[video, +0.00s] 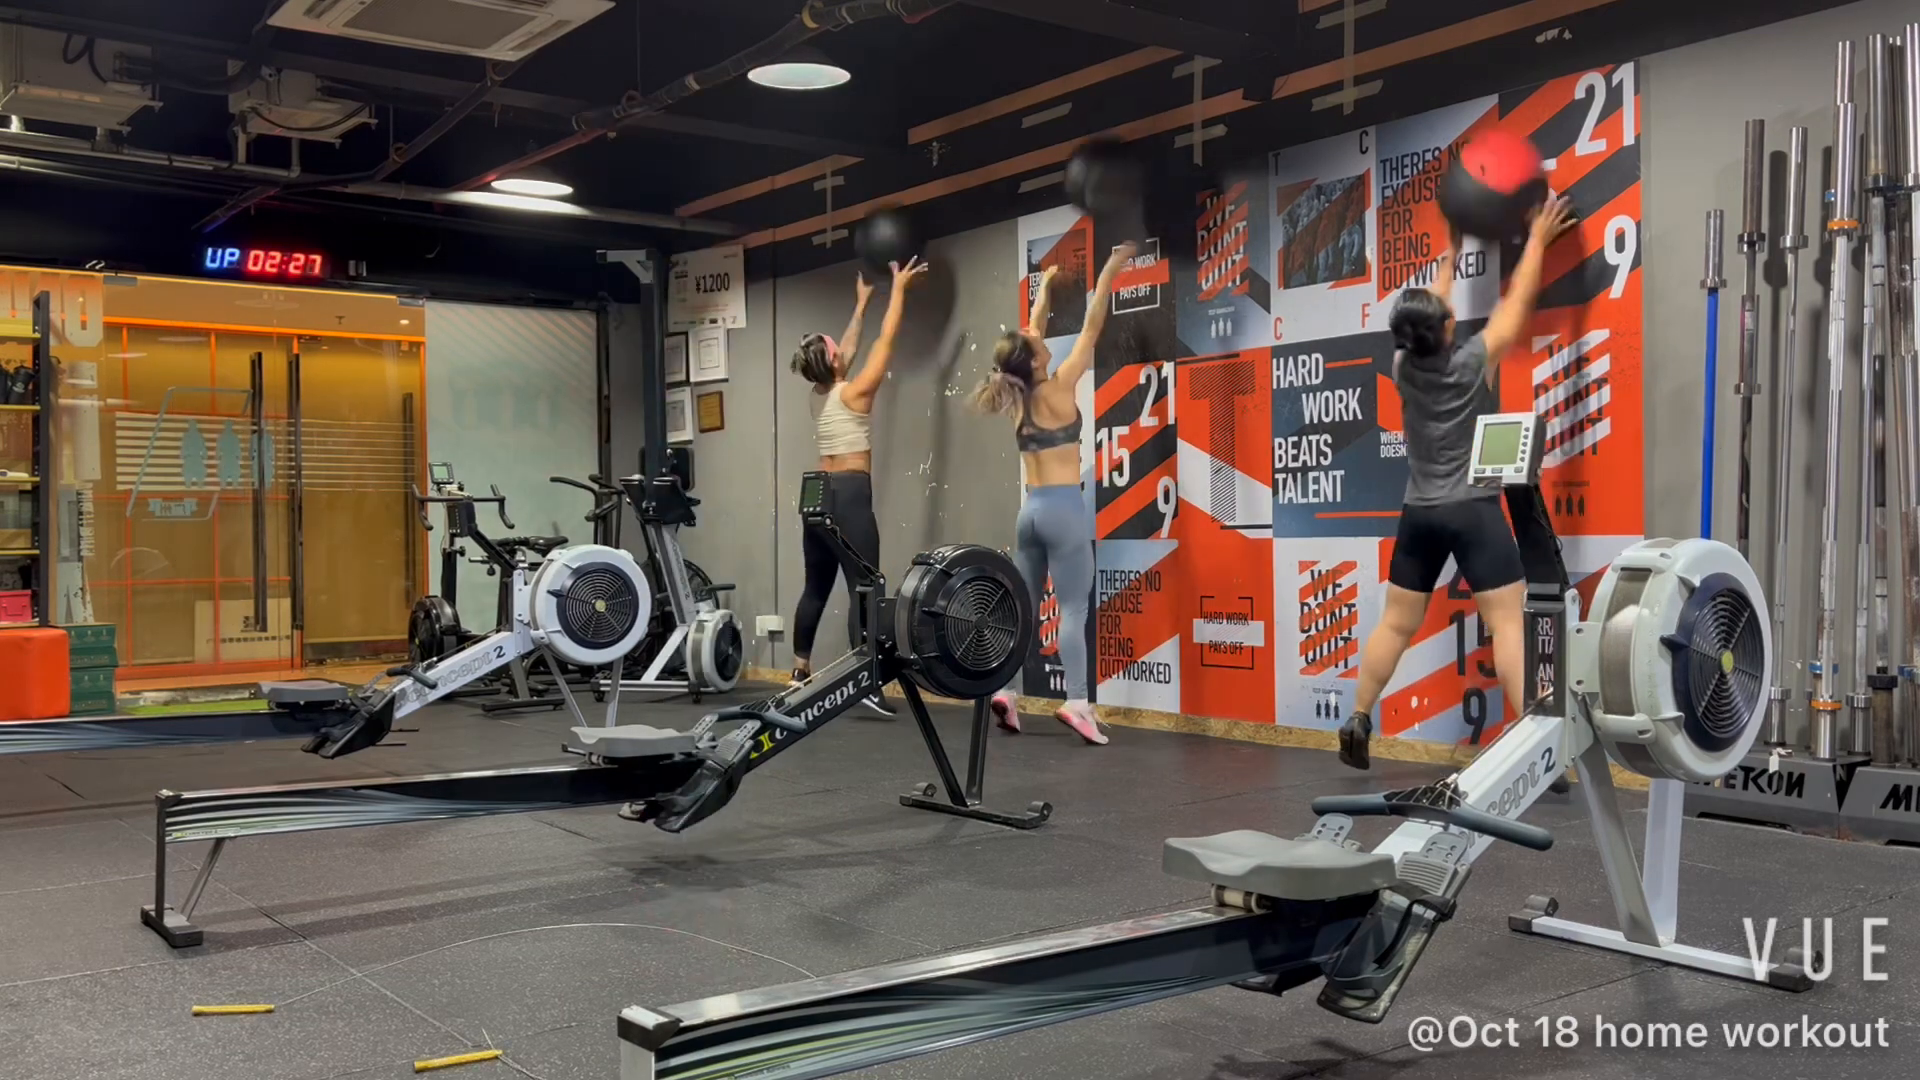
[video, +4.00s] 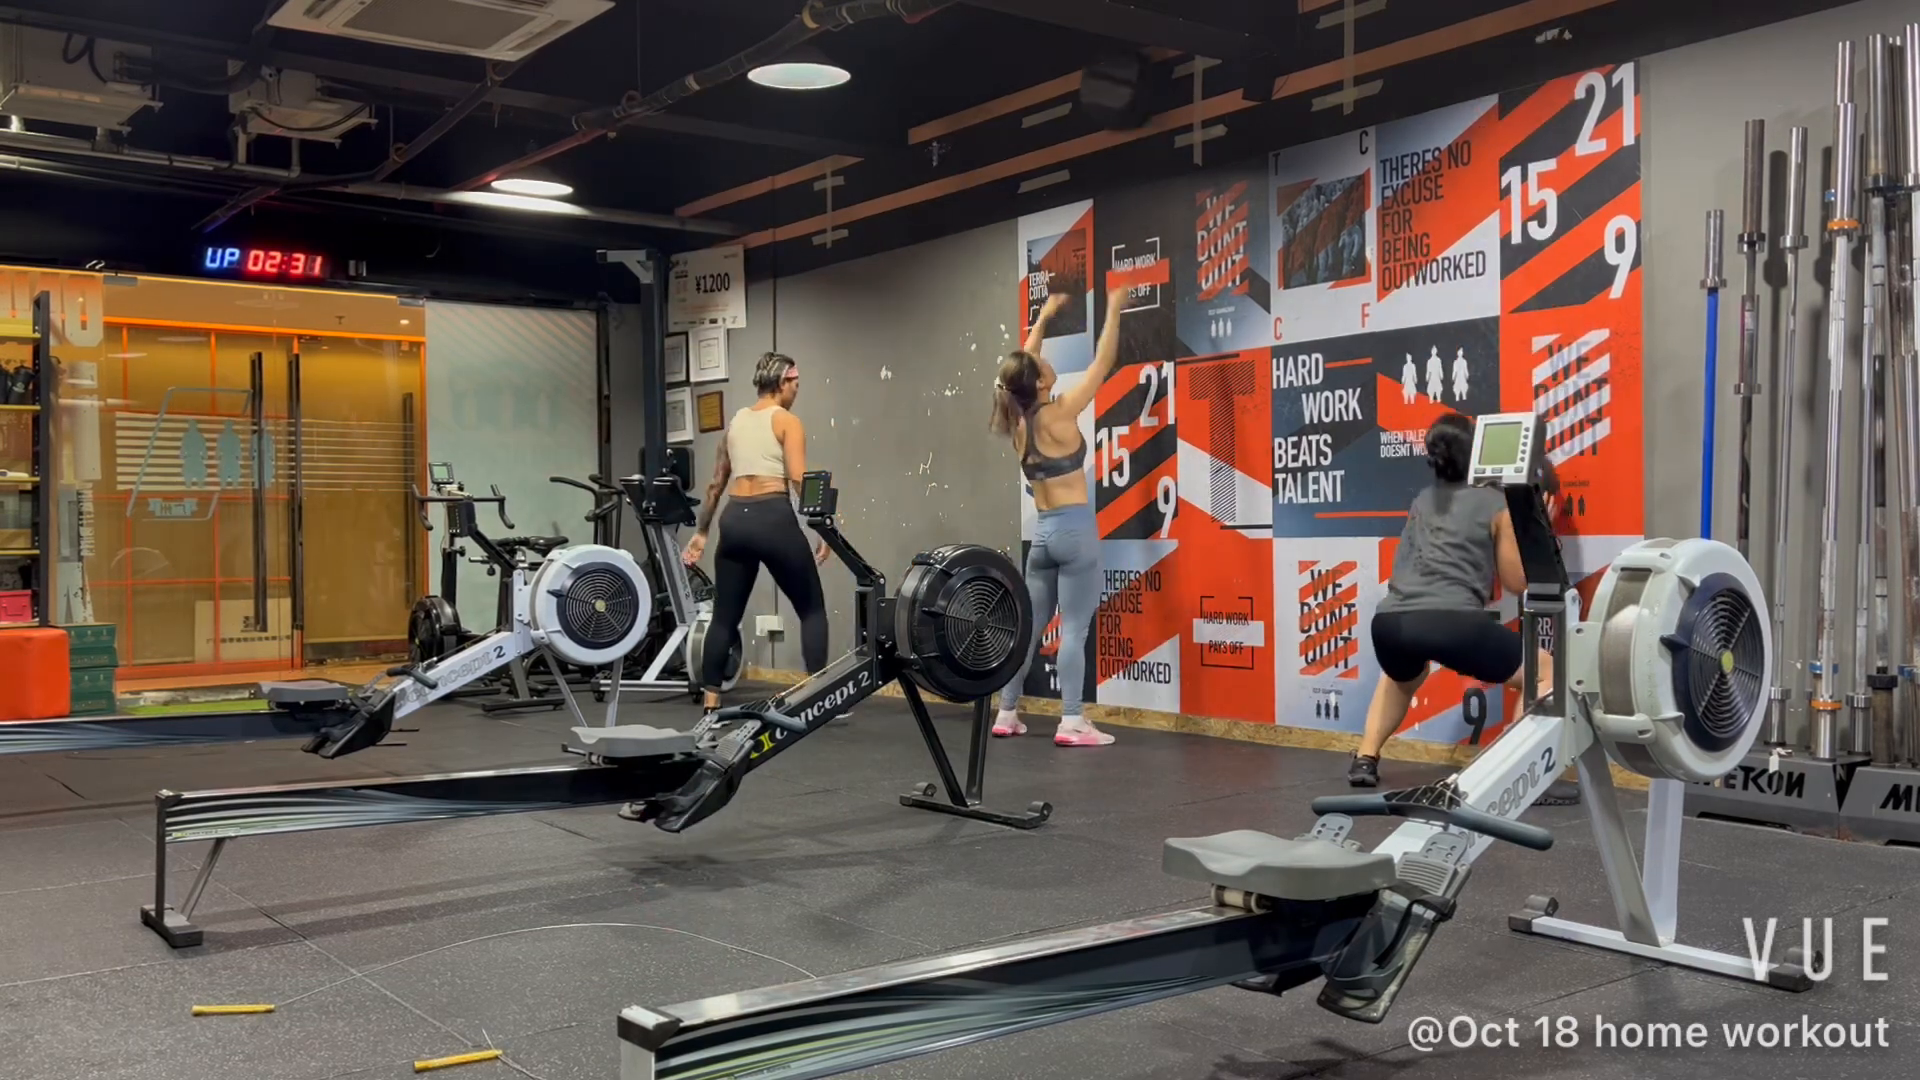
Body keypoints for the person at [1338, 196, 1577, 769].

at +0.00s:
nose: (1448, 305)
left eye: (1441, 301)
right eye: (1444, 307)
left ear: (1408, 332)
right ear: (1444, 323)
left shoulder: (1403, 367)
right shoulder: (1475, 358)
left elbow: (1431, 313)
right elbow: (1519, 296)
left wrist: (1451, 256)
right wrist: (1537, 240)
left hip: (1421, 513)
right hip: (1476, 511)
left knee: (1395, 624)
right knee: (1506, 623)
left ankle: (1359, 718)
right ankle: (1526, 729)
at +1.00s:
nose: (1479, 429)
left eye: (1474, 423)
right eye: (1475, 424)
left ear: (1426, 437)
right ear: (1470, 432)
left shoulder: (1416, 480)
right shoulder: (1488, 485)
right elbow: (1515, 554)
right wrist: (1545, 499)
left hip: (1399, 612)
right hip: (1459, 614)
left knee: (1390, 677)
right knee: (1547, 669)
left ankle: (1361, 759)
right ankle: (1541, 775)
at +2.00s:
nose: (1469, 402)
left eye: (1464, 395)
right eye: (1465, 397)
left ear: (1419, 412)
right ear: (1461, 406)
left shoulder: (1408, 455)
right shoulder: (1481, 451)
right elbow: (1506, 522)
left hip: (1399, 587)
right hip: (1458, 585)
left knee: (1391, 671)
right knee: (1533, 667)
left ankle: (1363, 755)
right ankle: (1525, 767)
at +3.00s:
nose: (1460, 336)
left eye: (1453, 334)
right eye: (1454, 338)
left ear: (1414, 371)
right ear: (1451, 364)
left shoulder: (1402, 414)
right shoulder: (1476, 407)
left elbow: (1437, 395)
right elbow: (1526, 414)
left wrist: (1451, 351)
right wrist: (1528, 354)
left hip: (1407, 561)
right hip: (1464, 562)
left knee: (1398, 665)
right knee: (1512, 662)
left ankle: (1363, 760)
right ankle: (1516, 772)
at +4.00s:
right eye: (1481, 445)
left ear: (1436, 456)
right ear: (1478, 453)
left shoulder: (1421, 501)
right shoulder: (1494, 503)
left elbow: (1405, 567)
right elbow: (1516, 581)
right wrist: (1538, 524)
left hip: (1392, 620)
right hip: (1456, 621)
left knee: (1400, 677)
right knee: (1545, 672)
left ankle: (1365, 760)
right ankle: (1532, 777)